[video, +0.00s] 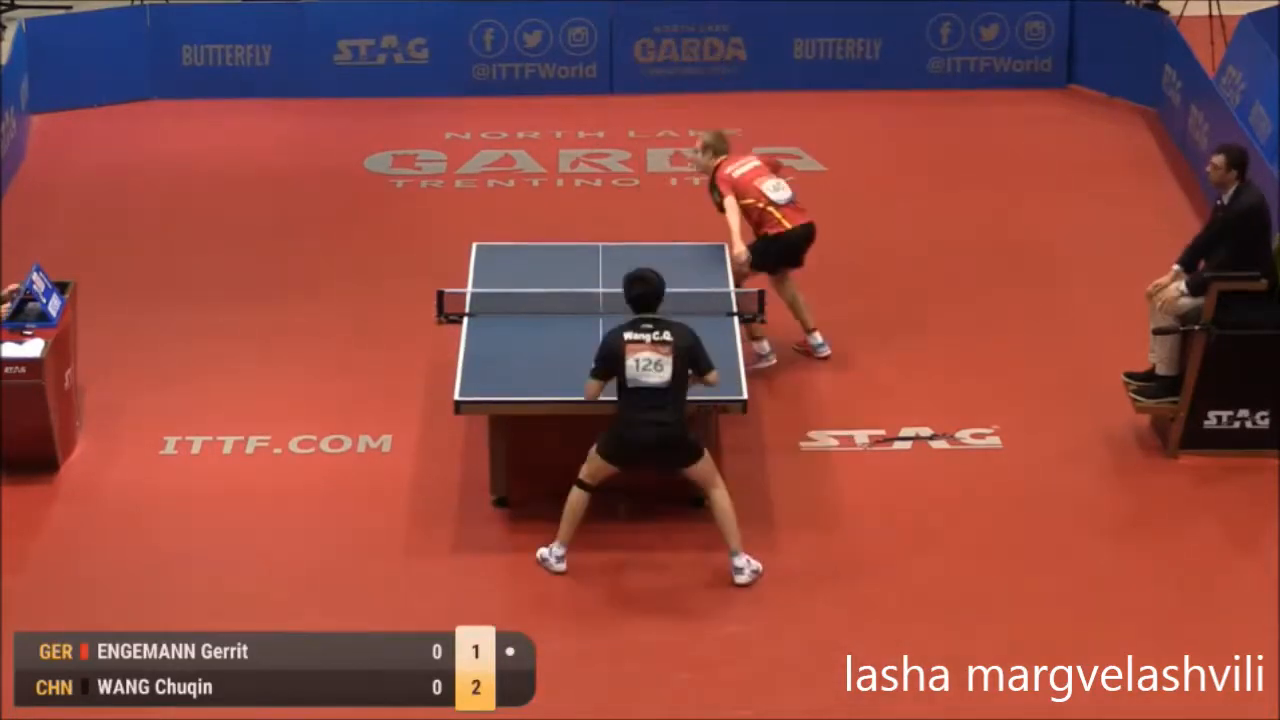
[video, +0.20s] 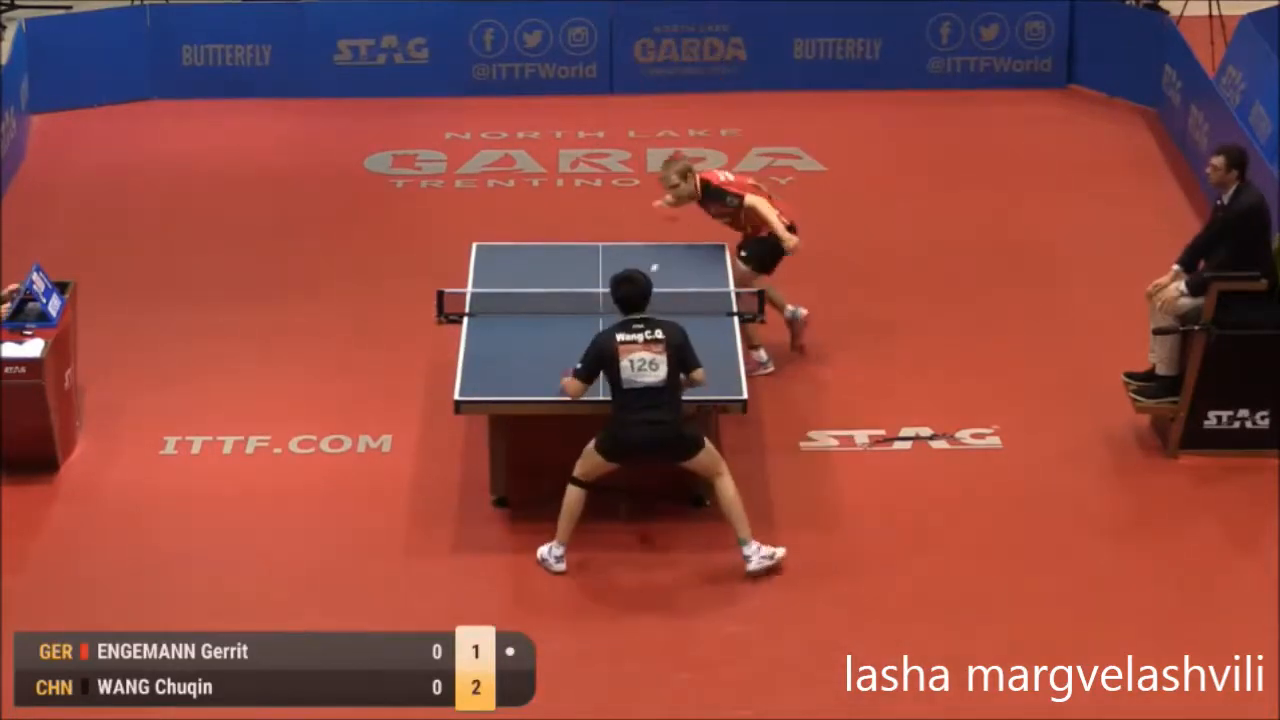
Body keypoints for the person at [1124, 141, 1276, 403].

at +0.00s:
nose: (1208, 170)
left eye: (1215, 167)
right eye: (1210, 165)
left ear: (1233, 174)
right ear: (1227, 173)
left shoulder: (1248, 205)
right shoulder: (1226, 199)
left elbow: (1229, 264)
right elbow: (1205, 240)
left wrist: (1183, 288)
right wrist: (1173, 274)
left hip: (1240, 292)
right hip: (1222, 280)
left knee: (1168, 307)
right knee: (1158, 297)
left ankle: (1168, 379)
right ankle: (1159, 370)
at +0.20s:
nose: (1208, 172)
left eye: (1215, 168)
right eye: (1209, 166)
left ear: (1233, 174)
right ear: (1226, 173)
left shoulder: (1249, 205)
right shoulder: (1225, 200)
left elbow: (1229, 264)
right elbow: (1205, 240)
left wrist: (1183, 288)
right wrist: (1173, 274)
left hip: (1241, 292)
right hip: (1223, 280)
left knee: (1168, 307)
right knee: (1158, 296)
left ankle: (1168, 378)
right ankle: (1159, 370)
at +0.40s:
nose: (1208, 172)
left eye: (1215, 168)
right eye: (1209, 166)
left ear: (1233, 174)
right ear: (1226, 174)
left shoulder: (1249, 206)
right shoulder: (1225, 200)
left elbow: (1229, 264)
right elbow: (1204, 240)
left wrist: (1183, 288)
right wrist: (1173, 274)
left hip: (1241, 292)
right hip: (1222, 280)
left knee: (1167, 307)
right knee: (1158, 296)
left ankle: (1168, 379)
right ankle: (1159, 370)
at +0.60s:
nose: (1208, 173)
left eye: (1214, 169)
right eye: (1209, 168)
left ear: (1233, 173)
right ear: (1225, 173)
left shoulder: (1249, 206)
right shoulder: (1226, 200)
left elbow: (1229, 265)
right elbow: (1204, 241)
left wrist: (1183, 288)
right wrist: (1173, 274)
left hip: (1241, 291)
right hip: (1222, 280)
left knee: (1168, 307)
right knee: (1158, 297)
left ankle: (1168, 379)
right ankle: (1159, 370)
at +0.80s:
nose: (1208, 173)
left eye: (1214, 169)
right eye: (1208, 168)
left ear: (1232, 173)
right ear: (1224, 172)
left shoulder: (1249, 206)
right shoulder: (1226, 200)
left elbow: (1229, 265)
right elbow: (1204, 240)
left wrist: (1183, 288)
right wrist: (1173, 274)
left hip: (1241, 292)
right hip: (1223, 280)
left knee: (1168, 307)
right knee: (1158, 296)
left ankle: (1168, 379)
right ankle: (1159, 370)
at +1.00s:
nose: (1207, 173)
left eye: (1213, 169)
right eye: (1208, 168)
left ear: (1232, 172)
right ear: (1225, 172)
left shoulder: (1249, 206)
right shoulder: (1226, 199)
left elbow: (1229, 265)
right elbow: (1204, 240)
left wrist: (1183, 288)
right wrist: (1173, 274)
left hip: (1241, 292)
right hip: (1223, 280)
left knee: (1168, 307)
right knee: (1158, 297)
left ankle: (1168, 379)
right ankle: (1159, 370)